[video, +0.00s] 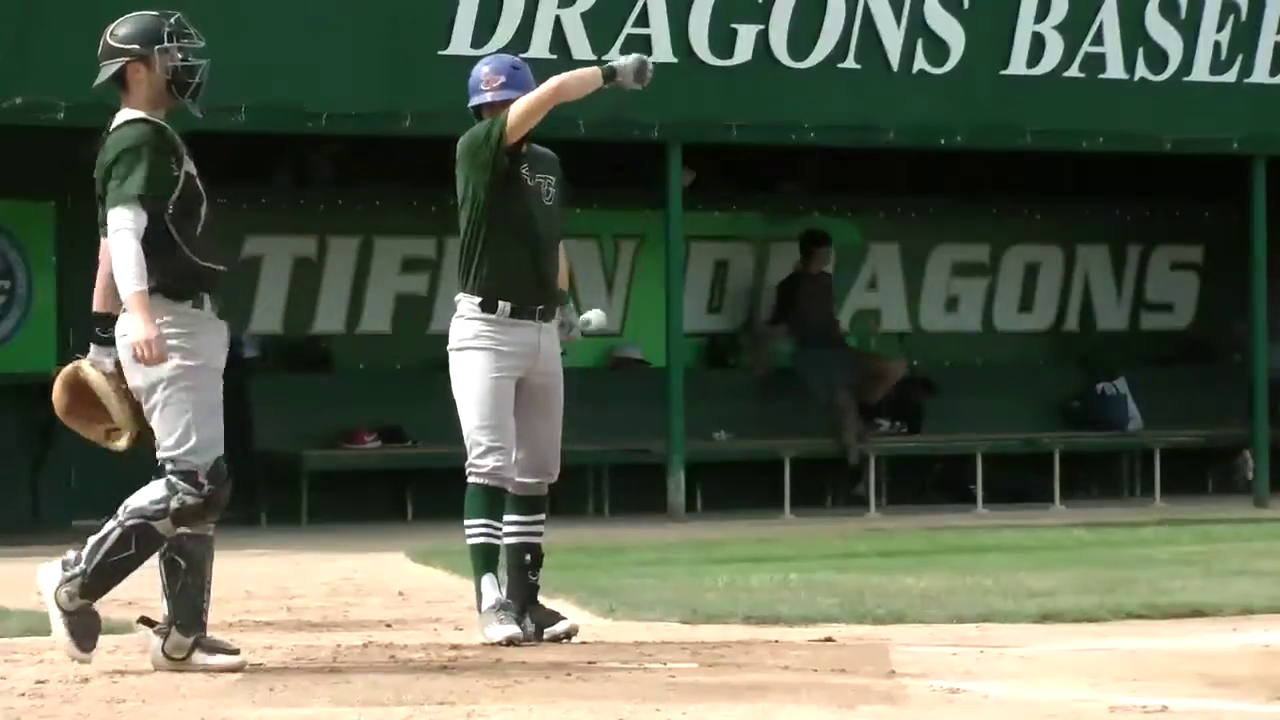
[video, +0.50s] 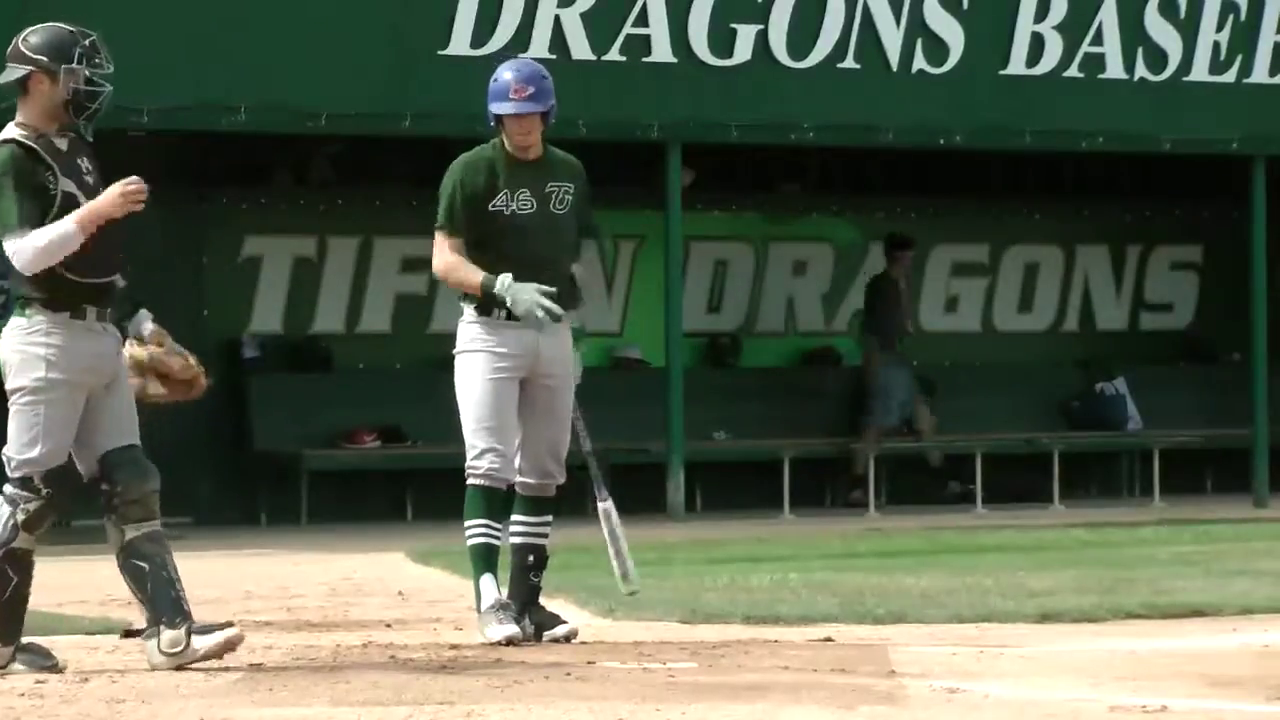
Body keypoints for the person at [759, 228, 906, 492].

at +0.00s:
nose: (827, 258)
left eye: (828, 252)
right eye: (823, 252)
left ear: (827, 253)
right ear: (809, 253)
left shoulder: (824, 281)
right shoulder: (790, 285)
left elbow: (826, 319)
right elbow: (778, 326)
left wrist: (840, 343)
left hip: (836, 356)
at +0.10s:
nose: (838, 263)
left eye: (838, 257)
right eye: (835, 257)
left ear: (824, 257)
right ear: (827, 257)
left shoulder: (839, 286)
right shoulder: (804, 291)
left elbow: (840, 323)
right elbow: (783, 326)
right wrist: (770, 335)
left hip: (849, 358)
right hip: (829, 362)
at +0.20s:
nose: (860, 264)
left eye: (861, 260)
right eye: (856, 259)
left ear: (852, 259)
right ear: (846, 258)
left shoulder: (855, 289)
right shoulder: (824, 291)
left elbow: (855, 327)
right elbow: (799, 325)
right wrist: (782, 348)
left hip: (862, 360)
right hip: (841, 363)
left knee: (919, 383)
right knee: (864, 416)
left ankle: (888, 419)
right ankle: (855, 482)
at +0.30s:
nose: (879, 266)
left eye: (880, 260)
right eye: (876, 260)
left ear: (870, 260)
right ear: (863, 259)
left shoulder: (868, 286)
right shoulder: (841, 286)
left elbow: (868, 323)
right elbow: (817, 327)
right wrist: (802, 353)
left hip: (874, 362)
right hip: (854, 364)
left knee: (928, 394)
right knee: (875, 419)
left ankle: (904, 441)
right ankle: (857, 483)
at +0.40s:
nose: (896, 265)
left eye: (897, 259)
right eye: (892, 259)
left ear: (887, 260)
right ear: (879, 257)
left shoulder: (879, 287)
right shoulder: (859, 286)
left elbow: (880, 330)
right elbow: (841, 330)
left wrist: (891, 360)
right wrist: (840, 367)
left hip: (885, 363)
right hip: (865, 365)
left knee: (928, 409)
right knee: (871, 427)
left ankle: (928, 474)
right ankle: (859, 486)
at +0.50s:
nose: (907, 263)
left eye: (909, 258)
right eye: (902, 258)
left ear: (907, 258)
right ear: (891, 257)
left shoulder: (901, 285)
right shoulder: (879, 285)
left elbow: (902, 322)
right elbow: (873, 327)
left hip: (897, 357)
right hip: (880, 358)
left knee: (922, 417)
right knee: (875, 422)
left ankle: (939, 473)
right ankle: (859, 480)